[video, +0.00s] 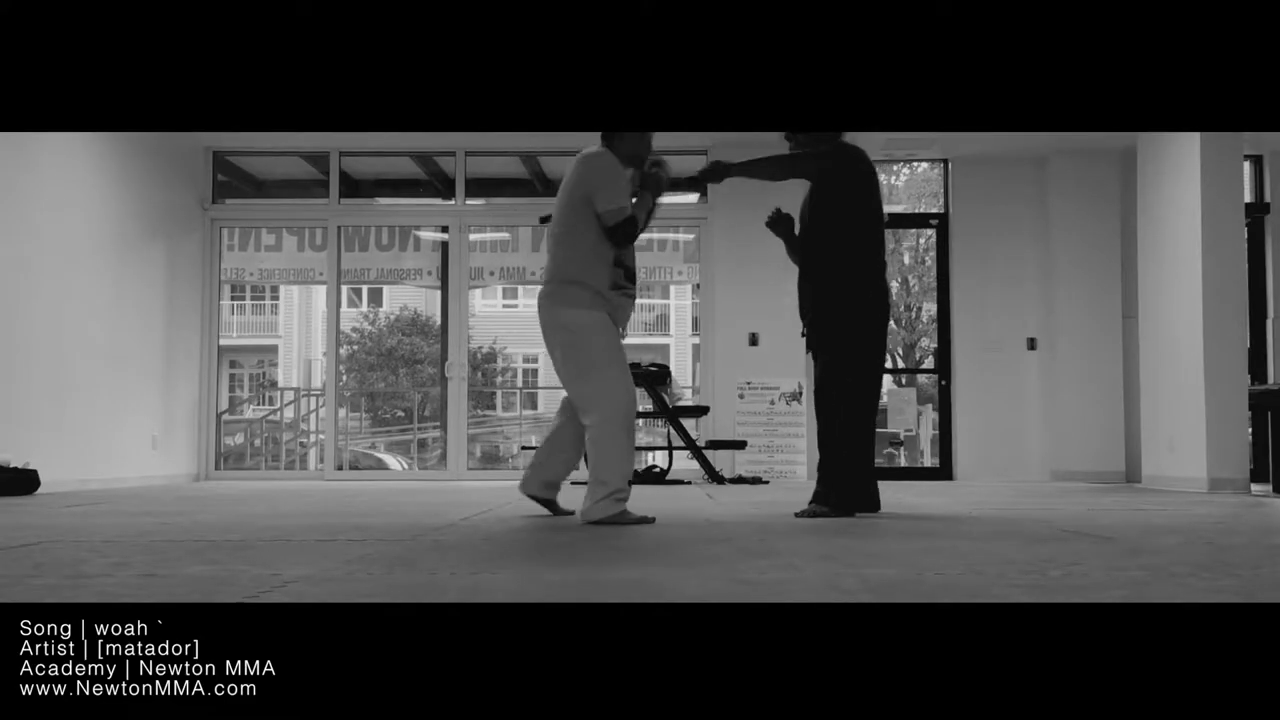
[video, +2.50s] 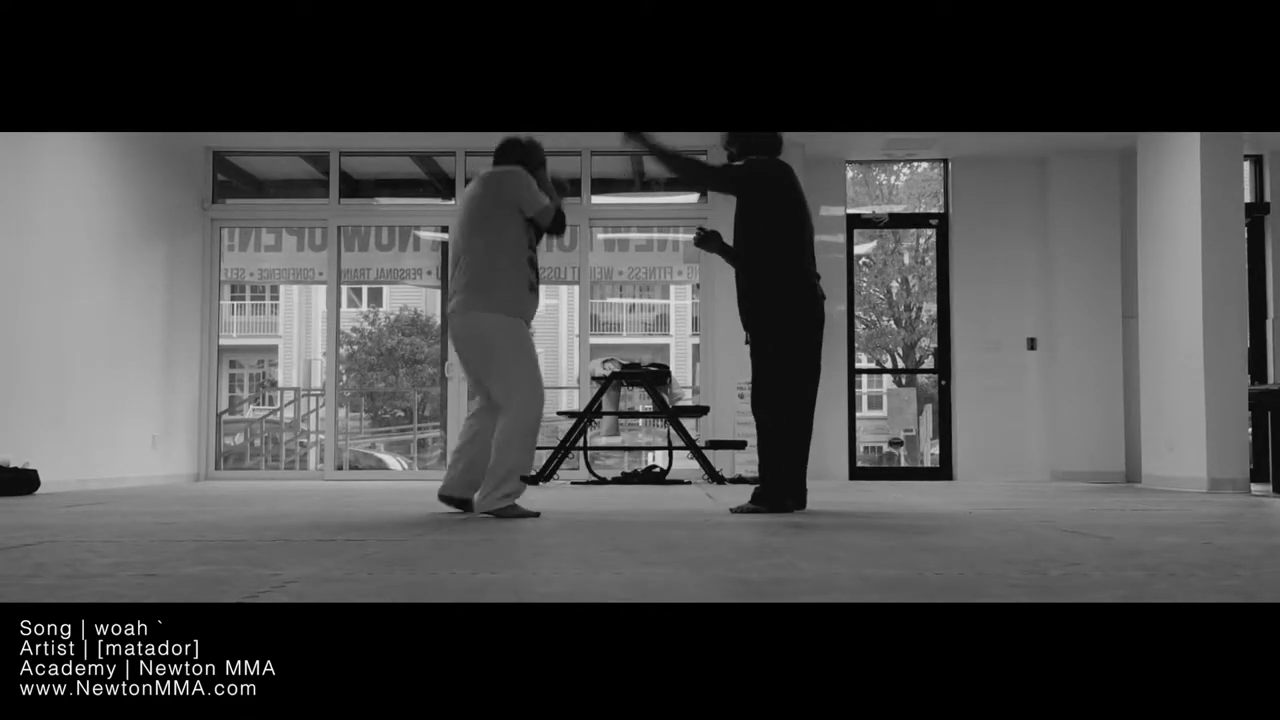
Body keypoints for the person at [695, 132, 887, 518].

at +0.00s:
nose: (792, 148)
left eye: (793, 141)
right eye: (791, 144)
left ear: (808, 138)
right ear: (830, 134)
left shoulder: (845, 160)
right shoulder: (833, 181)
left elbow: (786, 167)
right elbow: (814, 262)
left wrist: (728, 169)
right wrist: (788, 233)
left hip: (848, 312)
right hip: (842, 312)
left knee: (841, 403)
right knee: (843, 404)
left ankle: (841, 498)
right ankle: (849, 496)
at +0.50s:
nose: (785, 148)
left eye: (788, 139)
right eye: (784, 141)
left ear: (806, 135)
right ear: (807, 140)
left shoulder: (841, 166)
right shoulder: (809, 178)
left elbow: (813, 227)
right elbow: (798, 242)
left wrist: (756, 205)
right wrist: (772, 216)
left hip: (857, 308)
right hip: (833, 309)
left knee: (852, 397)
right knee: (839, 398)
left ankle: (852, 495)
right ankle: (851, 493)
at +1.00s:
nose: (767, 145)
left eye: (772, 138)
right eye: (767, 139)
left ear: (794, 137)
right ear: (787, 141)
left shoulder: (836, 169)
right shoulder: (790, 173)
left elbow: (841, 243)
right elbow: (759, 215)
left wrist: (790, 265)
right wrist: (708, 238)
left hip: (858, 298)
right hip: (827, 299)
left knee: (852, 391)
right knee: (835, 392)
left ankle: (847, 496)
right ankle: (859, 487)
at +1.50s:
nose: (753, 141)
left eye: (760, 134)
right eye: (756, 134)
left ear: (780, 138)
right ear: (790, 139)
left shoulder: (788, 182)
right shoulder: (809, 176)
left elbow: (743, 241)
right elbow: (796, 236)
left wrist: (691, 222)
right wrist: (757, 222)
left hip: (815, 314)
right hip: (808, 313)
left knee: (827, 402)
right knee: (800, 402)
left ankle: (843, 500)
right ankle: (793, 493)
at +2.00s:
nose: (735, 148)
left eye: (739, 141)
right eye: (735, 142)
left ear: (755, 143)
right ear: (774, 143)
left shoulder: (770, 174)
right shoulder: (782, 182)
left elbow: (712, 176)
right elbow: (754, 265)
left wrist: (659, 175)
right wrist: (720, 241)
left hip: (783, 313)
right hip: (792, 312)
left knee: (771, 402)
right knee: (783, 403)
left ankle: (775, 495)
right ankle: (784, 493)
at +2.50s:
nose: (726, 145)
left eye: (731, 138)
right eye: (727, 140)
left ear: (746, 140)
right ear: (766, 141)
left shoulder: (764, 173)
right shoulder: (769, 181)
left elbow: (702, 174)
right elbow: (758, 266)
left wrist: (646, 143)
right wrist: (721, 247)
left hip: (784, 311)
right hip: (786, 309)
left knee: (776, 401)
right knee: (781, 400)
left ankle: (778, 495)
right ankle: (784, 494)